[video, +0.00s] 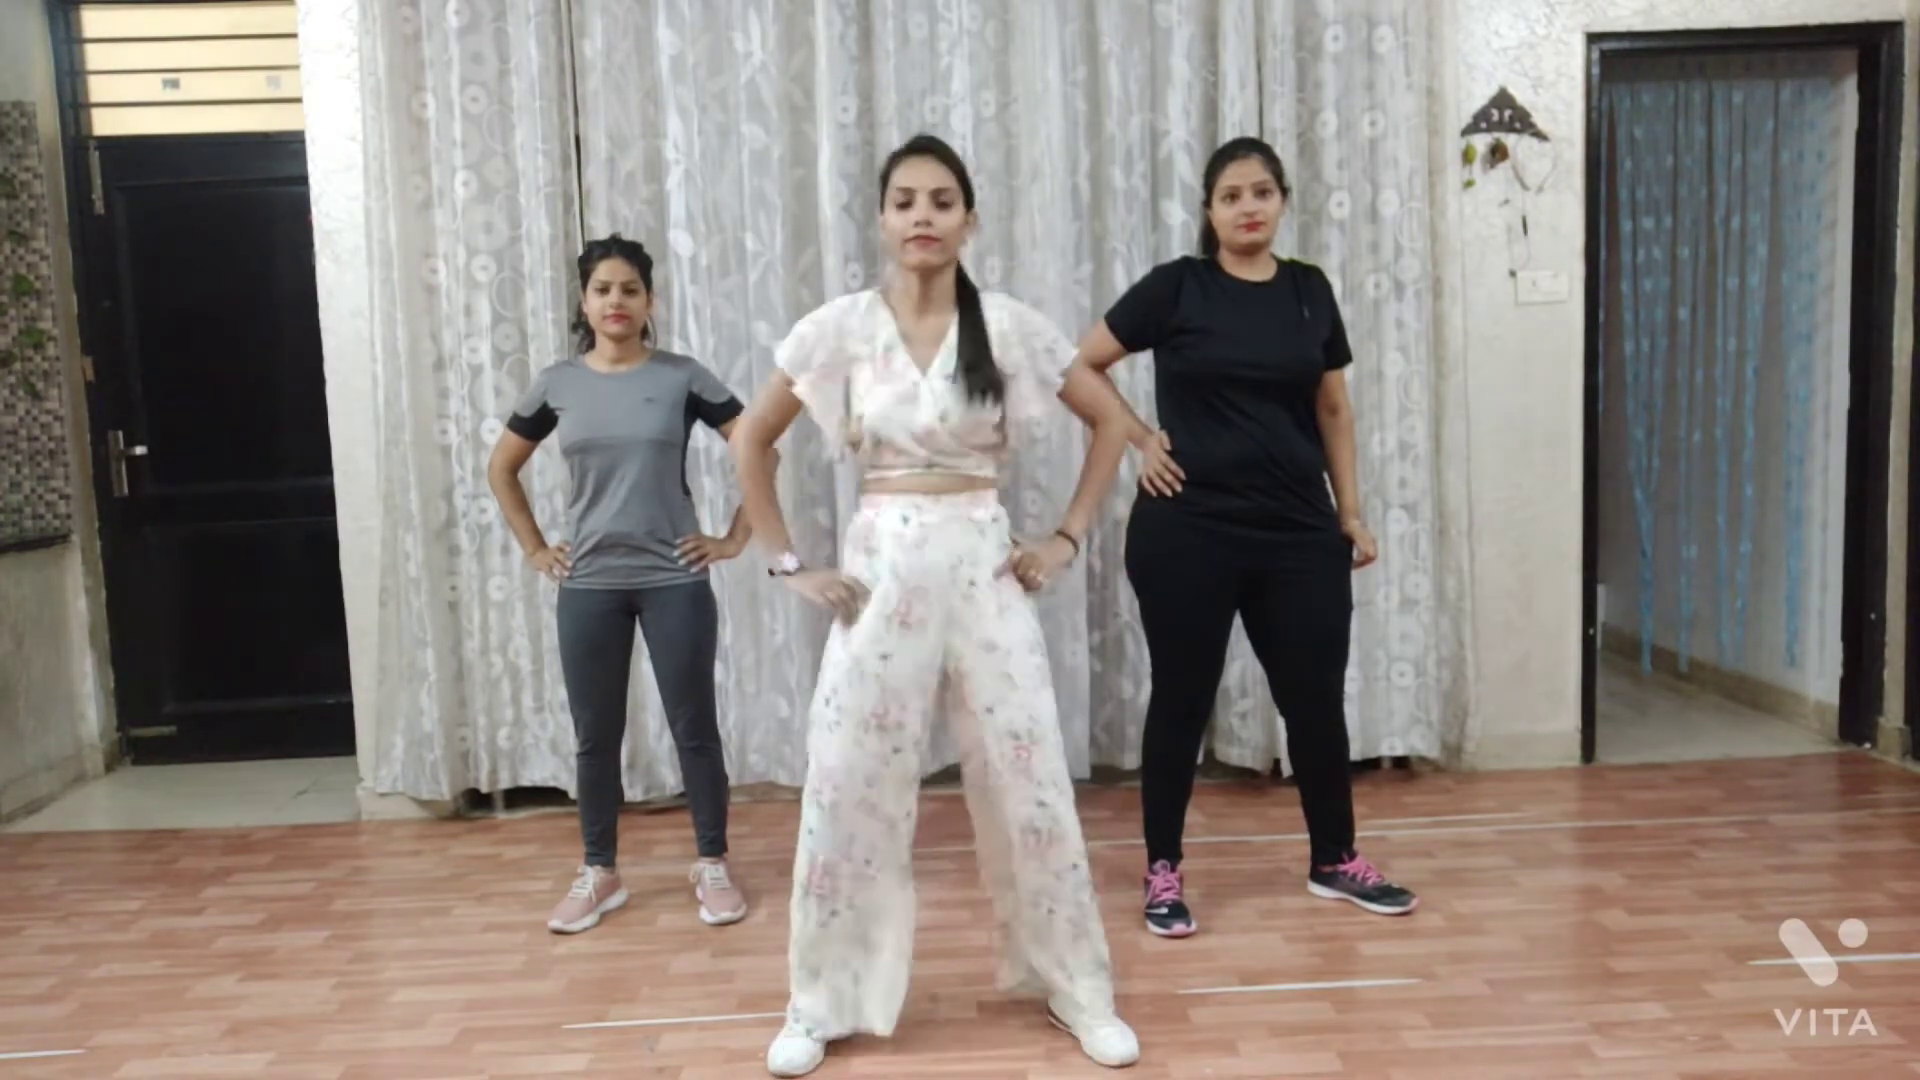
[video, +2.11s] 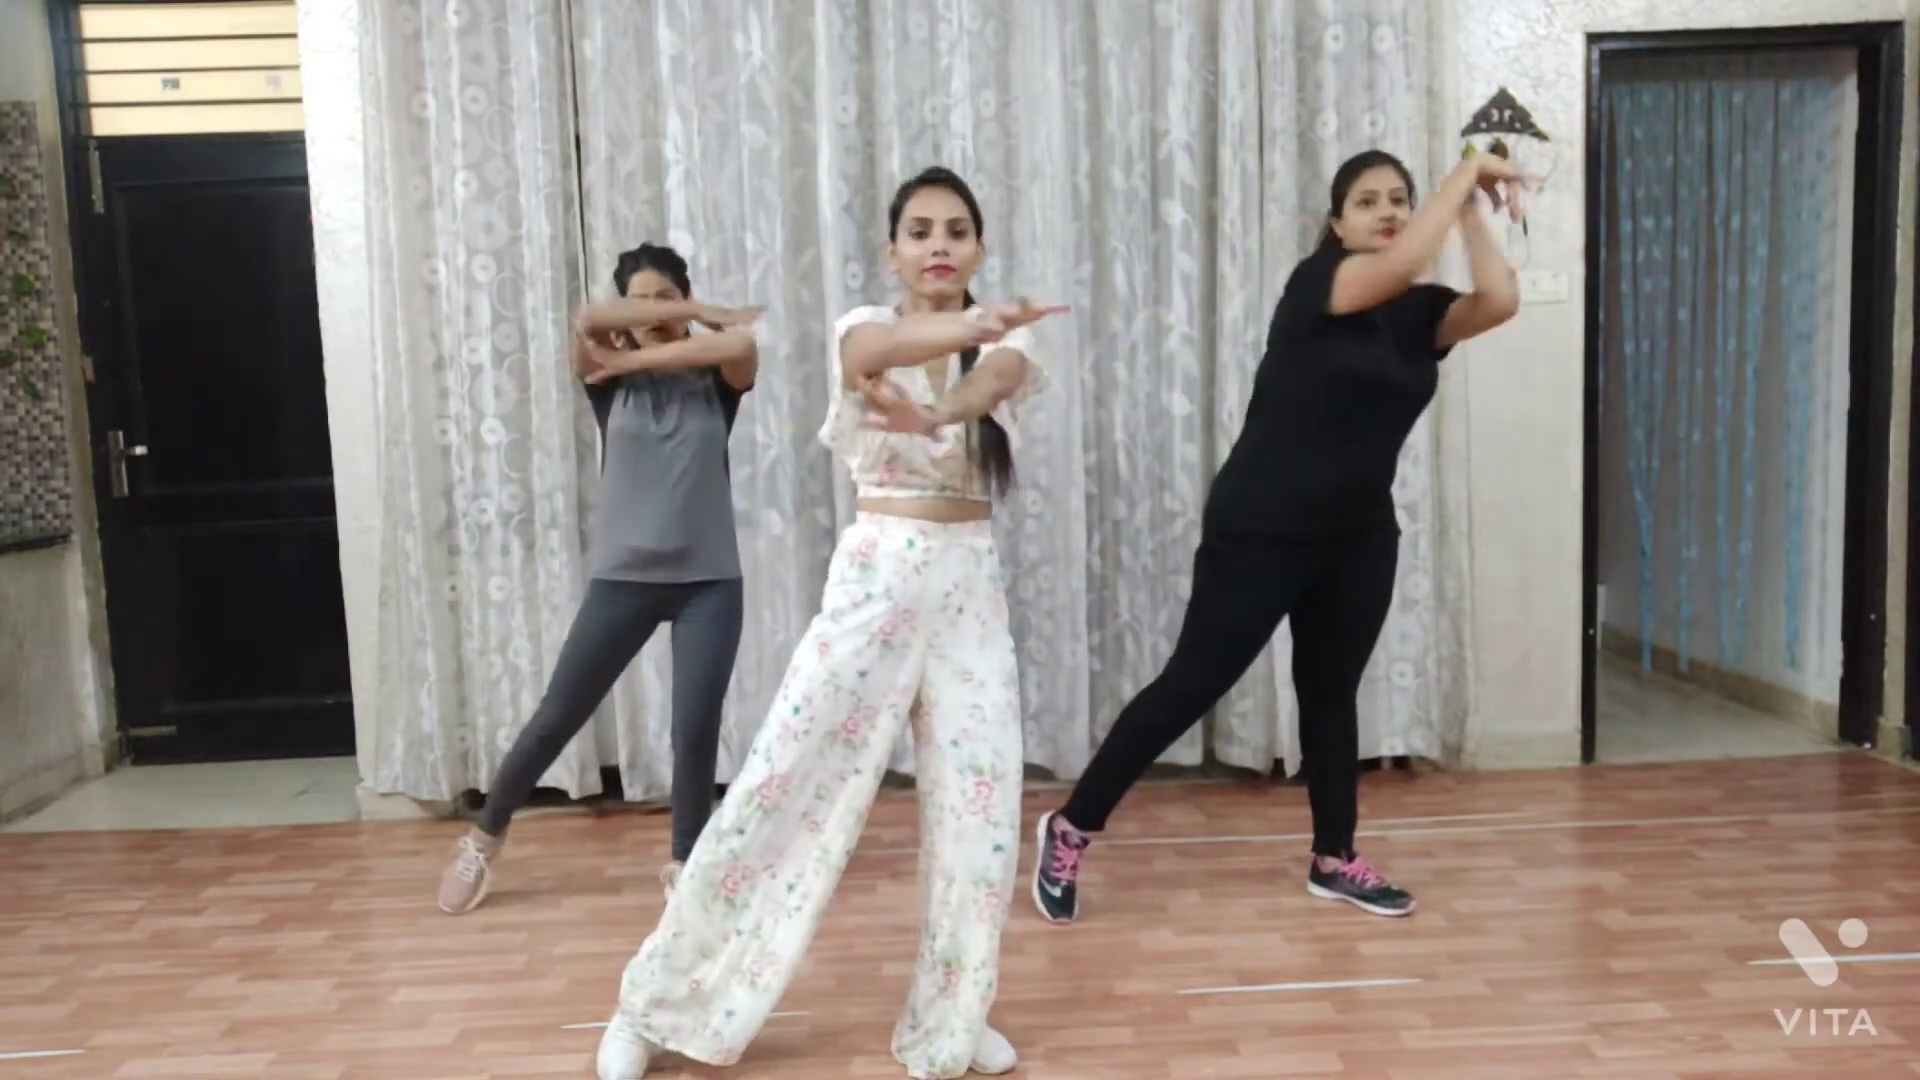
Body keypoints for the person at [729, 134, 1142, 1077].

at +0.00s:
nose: (922, 218)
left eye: (941, 202)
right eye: (905, 202)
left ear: (968, 219)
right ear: (880, 219)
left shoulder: (1008, 327)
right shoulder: (835, 332)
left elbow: (1114, 425)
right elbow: (749, 443)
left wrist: (1062, 539)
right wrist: (793, 569)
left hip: (986, 578)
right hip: (880, 582)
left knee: (1032, 783)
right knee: (838, 790)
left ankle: (1081, 990)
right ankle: (817, 1003)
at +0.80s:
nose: (916, 224)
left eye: (934, 209)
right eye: (899, 213)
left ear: (967, 228)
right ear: (877, 238)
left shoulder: (1007, 344)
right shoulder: (847, 347)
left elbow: (1053, 446)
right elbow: (763, 448)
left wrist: (1087, 523)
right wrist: (704, 520)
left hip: (971, 601)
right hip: (867, 593)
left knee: (990, 812)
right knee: (797, 791)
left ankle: (949, 1006)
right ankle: (775, 1007)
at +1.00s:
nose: (927, 230)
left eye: (944, 215)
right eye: (908, 219)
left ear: (975, 236)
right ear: (887, 244)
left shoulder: (1021, 342)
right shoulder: (856, 349)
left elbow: (1120, 424)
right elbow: (738, 428)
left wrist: (1198, 494)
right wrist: (632, 491)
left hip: (975, 608)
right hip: (879, 600)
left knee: (991, 822)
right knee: (785, 798)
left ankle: (926, 1003)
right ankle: (662, 1013)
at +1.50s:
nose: (926, 238)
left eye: (944, 224)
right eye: (907, 228)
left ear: (974, 250)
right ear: (885, 256)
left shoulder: (1009, 341)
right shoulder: (864, 348)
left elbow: (1131, 372)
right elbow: (772, 378)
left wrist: (1248, 404)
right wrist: (675, 408)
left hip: (972, 606)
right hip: (871, 599)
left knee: (983, 823)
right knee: (768, 797)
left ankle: (948, 1030)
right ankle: (646, 1014)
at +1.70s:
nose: (933, 240)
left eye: (950, 227)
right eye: (916, 228)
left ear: (979, 247)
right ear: (891, 250)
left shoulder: (1005, 343)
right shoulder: (866, 341)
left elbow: (1072, 373)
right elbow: (812, 357)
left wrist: (1141, 405)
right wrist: (754, 380)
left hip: (971, 605)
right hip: (872, 596)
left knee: (986, 822)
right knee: (769, 789)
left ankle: (949, 1024)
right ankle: (646, 1010)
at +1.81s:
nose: (938, 241)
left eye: (954, 227)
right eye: (919, 228)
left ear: (980, 245)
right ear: (894, 247)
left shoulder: (1006, 338)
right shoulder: (871, 333)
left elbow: (1040, 375)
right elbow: (858, 349)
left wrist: (1068, 412)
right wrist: (861, 357)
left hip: (967, 597)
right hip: (874, 590)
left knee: (983, 813)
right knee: (772, 785)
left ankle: (951, 1023)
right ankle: (648, 1007)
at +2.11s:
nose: (940, 246)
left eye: (957, 232)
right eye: (922, 232)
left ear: (982, 250)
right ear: (893, 249)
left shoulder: (1005, 346)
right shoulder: (861, 331)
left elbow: (1000, 378)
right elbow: (878, 348)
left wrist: (936, 412)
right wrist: (979, 325)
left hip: (971, 597)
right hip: (876, 590)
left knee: (982, 818)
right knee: (773, 785)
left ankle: (949, 1024)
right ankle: (643, 1009)